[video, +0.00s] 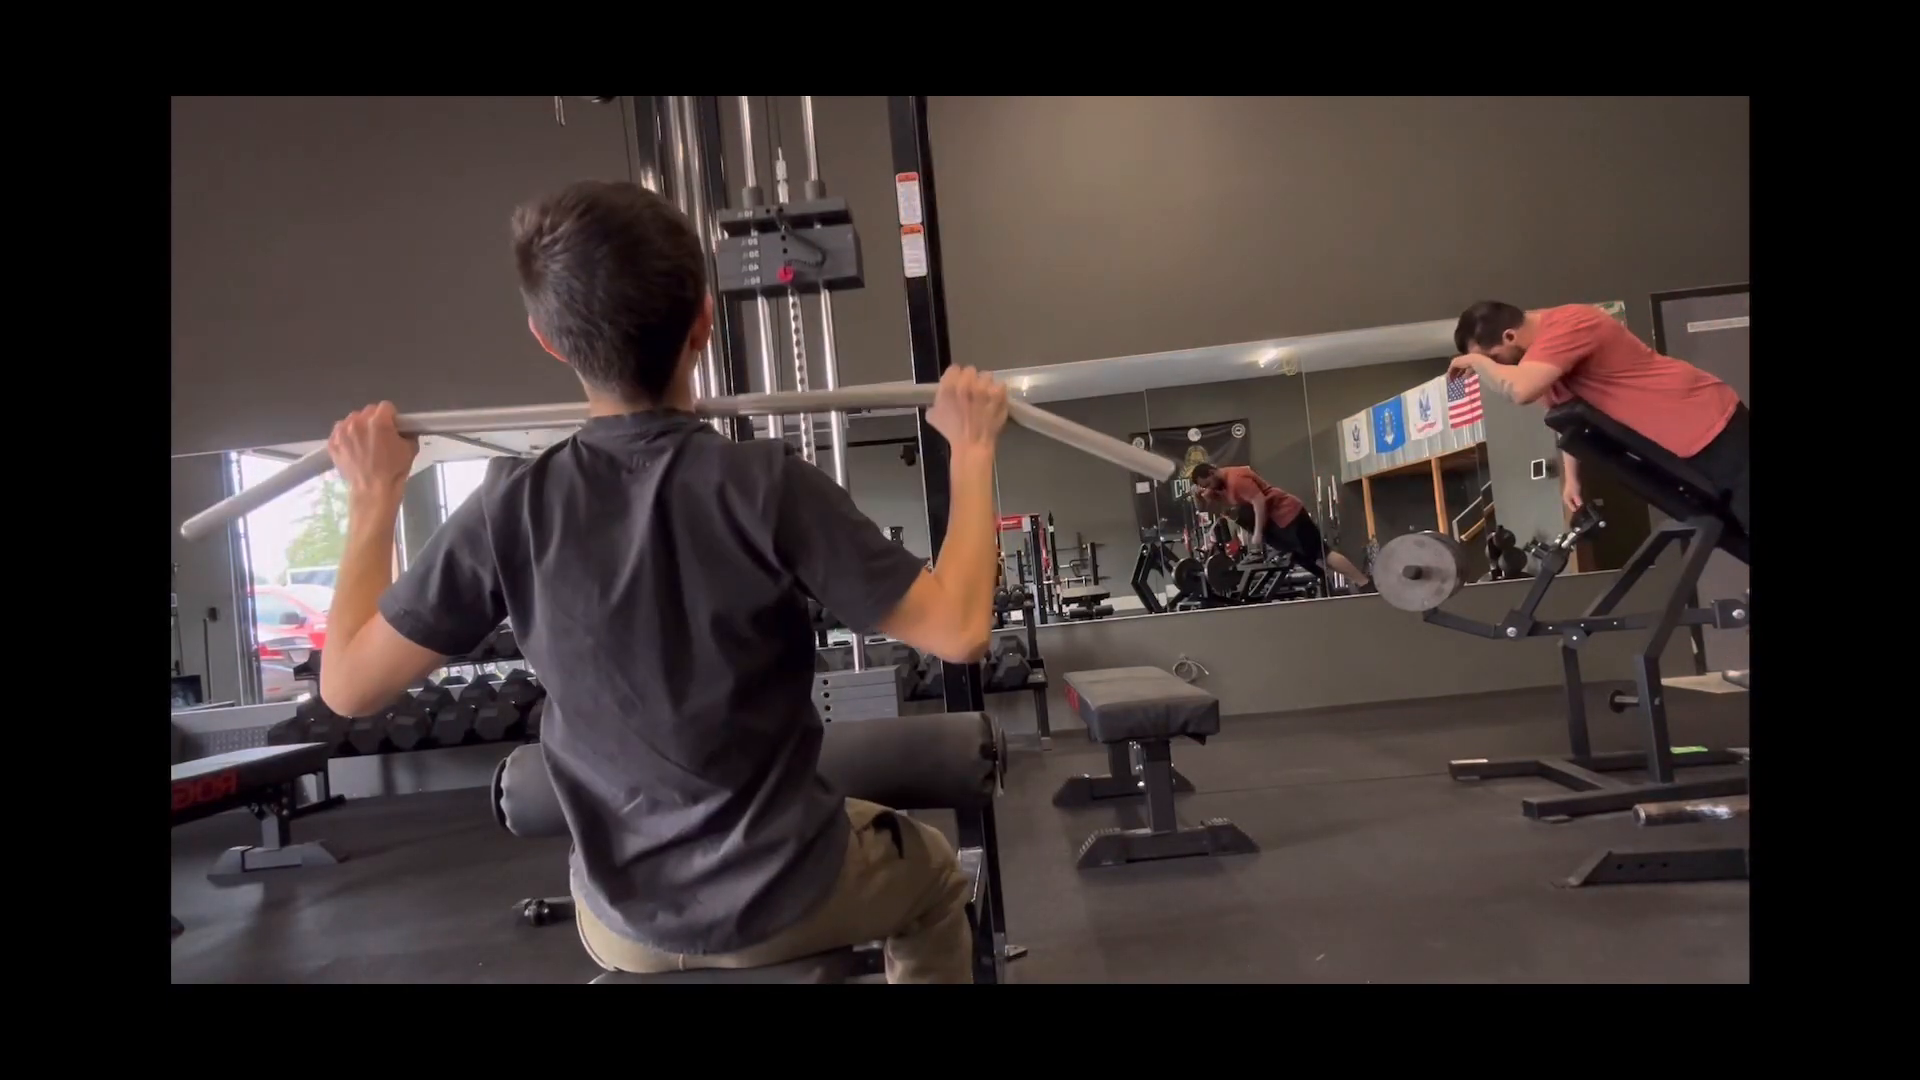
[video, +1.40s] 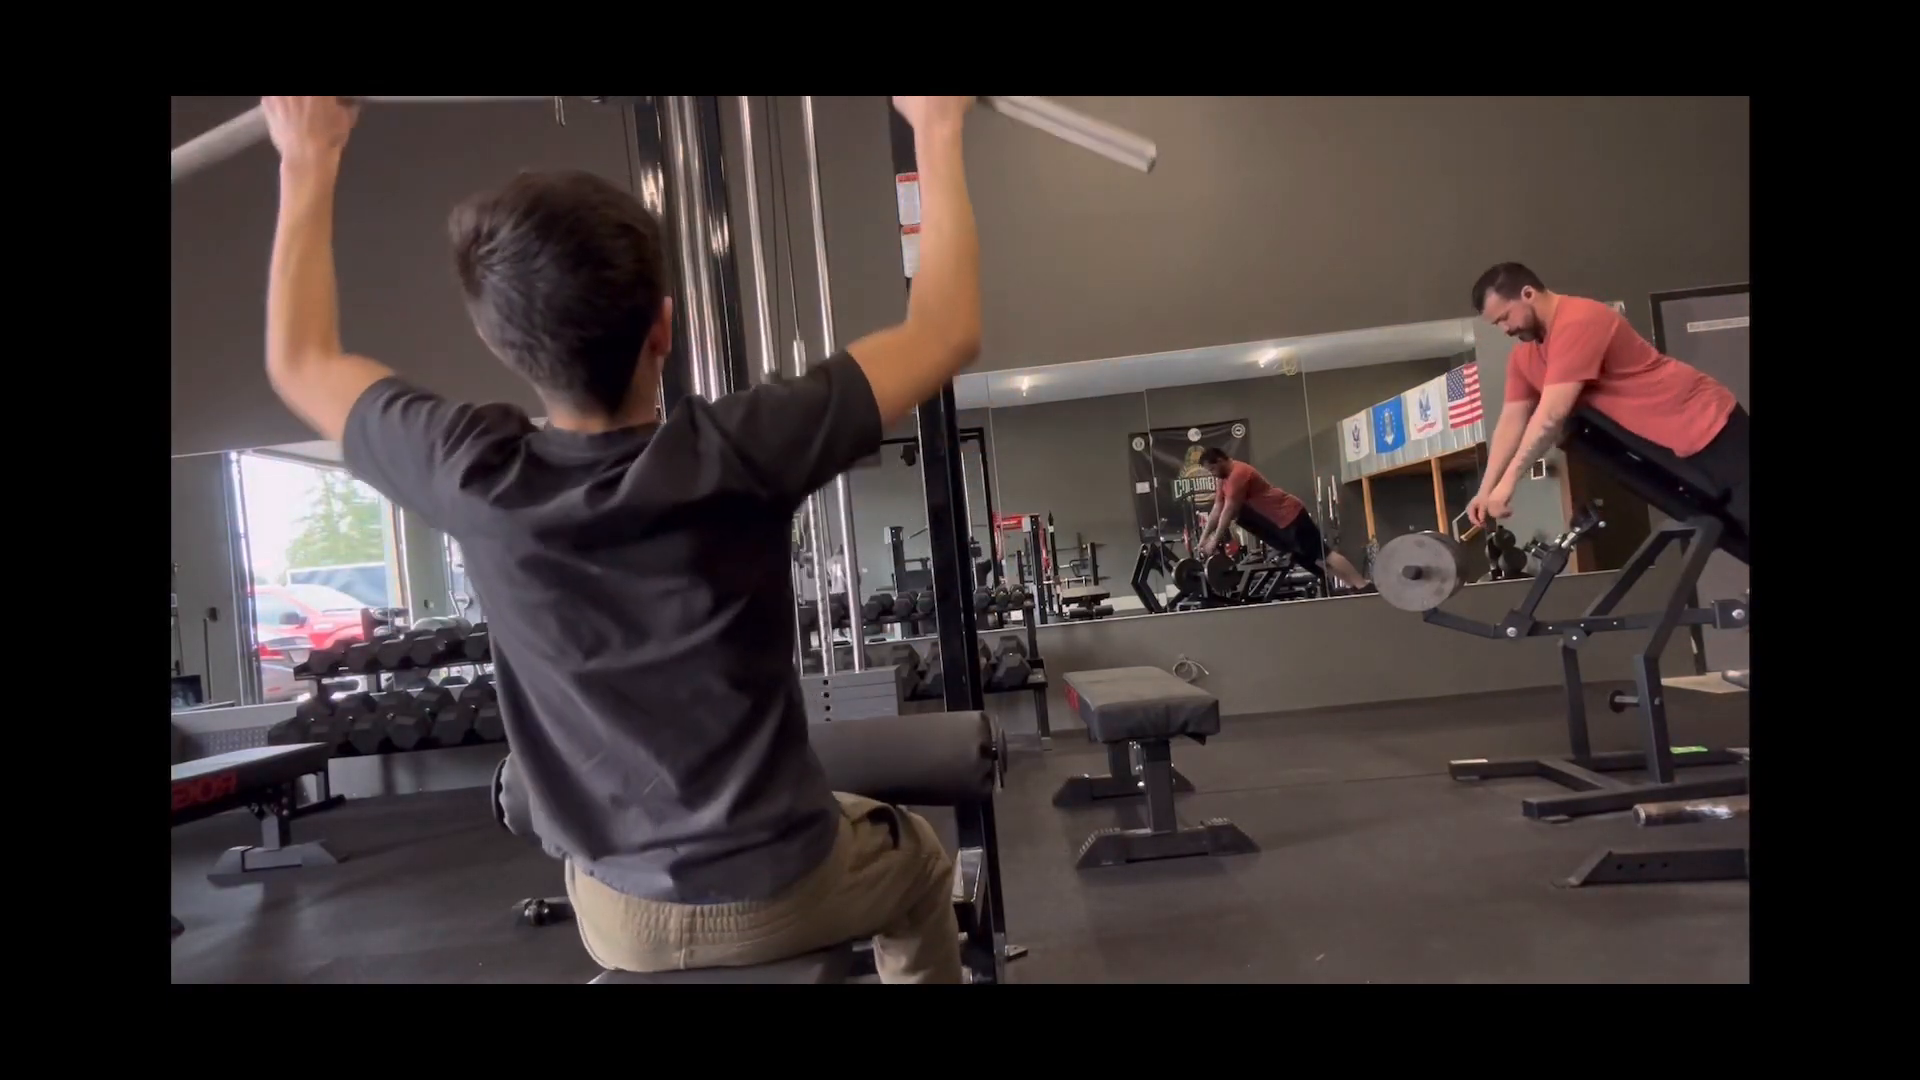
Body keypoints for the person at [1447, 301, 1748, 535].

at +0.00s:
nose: (1497, 365)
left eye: (1495, 358)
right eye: (1492, 361)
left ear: (1509, 337)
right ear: (1509, 331)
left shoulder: (1570, 323)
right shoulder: (1541, 355)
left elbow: (1521, 389)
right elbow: (1567, 421)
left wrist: (1479, 361)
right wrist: (1571, 480)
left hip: (1710, 422)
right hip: (1677, 444)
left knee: (1744, 522)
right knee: (1728, 530)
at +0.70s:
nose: (1500, 360)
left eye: (1497, 350)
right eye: (1493, 355)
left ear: (1511, 322)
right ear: (1510, 323)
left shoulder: (1568, 321)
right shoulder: (1543, 349)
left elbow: (1537, 391)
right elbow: (1572, 420)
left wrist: (1485, 364)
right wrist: (1573, 481)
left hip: (1707, 419)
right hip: (1678, 441)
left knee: (1745, 520)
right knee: (1731, 528)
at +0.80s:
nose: (1500, 357)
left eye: (1496, 346)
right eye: (1491, 353)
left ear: (1512, 318)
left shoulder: (1573, 323)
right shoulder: (1534, 361)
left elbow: (1570, 398)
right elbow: (1567, 421)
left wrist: (1494, 391)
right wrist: (1569, 479)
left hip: (1706, 418)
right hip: (1669, 445)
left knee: (1745, 518)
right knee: (1727, 531)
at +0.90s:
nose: (1501, 354)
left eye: (1498, 343)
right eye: (1492, 350)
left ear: (1514, 316)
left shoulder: (1579, 324)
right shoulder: (1531, 365)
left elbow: (1598, 400)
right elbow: (1568, 423)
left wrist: (1521, 425)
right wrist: (1568, 483)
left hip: (1705, 420)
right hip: (1666, 448)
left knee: (1746, 513)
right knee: (1729, 532)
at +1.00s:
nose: (1502, 350)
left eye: (1499, 338)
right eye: (1493, 345)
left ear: (1518, 311)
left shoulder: (1587, 324)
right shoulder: (1530, 362)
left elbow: (1612, 402)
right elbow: (1555, 427)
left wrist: (1552, 453)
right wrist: (1562, 489)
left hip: (1706, 422)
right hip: (1660, 448)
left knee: (1745, 516)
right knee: (1729, 535)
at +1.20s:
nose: (1505, 340)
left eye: (1503, 329)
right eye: (1498, 336)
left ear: (1523, 302)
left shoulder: (1590, 319)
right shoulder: (1531, 360)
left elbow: (1595, 407)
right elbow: (1531, 424)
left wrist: (1543, 471)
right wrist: (1515, 494)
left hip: (1707, 422)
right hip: (1665, 449)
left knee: (1745, 515)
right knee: (1729, 534)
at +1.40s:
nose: (1505, 330)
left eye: (1504, 318)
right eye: (1498, 325)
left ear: (1528, 294)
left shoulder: (1579, 319)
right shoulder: (1524, 357)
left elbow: (1552, 417)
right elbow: (1511, 420)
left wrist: (1508, 481)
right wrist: (1486, 488)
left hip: (1709, 423)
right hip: (1669, 450)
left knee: (1745, 523)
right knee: (1731, 534)